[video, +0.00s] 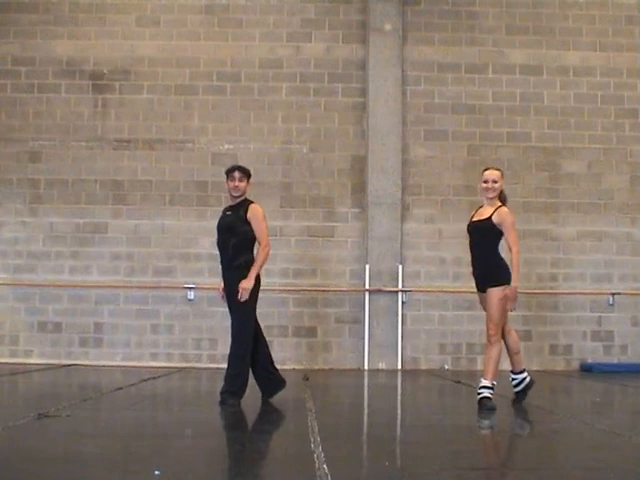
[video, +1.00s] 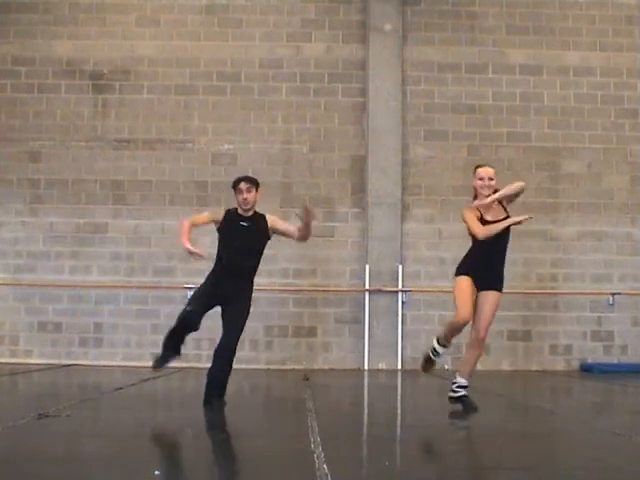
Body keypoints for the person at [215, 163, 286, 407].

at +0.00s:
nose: (236, 184)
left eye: (241, 180)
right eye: (232, 180)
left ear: (248, 184)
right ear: (226, 183)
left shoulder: (253, 210)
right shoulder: (228, 211)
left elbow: (265, 247)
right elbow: (230, 250)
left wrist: (250, 278)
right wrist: (225, 280)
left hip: (246, 279)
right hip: (230, 279)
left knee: (240, 335)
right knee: (249, 332)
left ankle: (232, 392)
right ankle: (271, 381)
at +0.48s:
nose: (236, 192)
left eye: (241, 188)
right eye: (232, 188)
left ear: (248, 191)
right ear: (226, 191)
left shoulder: (252, 217)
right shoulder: (226, 219)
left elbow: (260, 243)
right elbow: (221, 254)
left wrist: (232, 253)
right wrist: (215, 286)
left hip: (251, 286)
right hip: (237, 286)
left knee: (230, 335)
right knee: (258, 337)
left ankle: (228, 394)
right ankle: (279, 386)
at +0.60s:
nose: (244, 189)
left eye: (249, 185)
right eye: (240, 184)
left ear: (256, 190)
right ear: (234, 187)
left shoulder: (257, 222)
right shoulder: (222, 210)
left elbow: (267, 259)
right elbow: (196, 224)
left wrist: (277, 289)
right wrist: (173, 237)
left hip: (243, 284)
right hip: (224, 283)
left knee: (227, 333)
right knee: (241, 332)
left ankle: (226, 394)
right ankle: (271, 376)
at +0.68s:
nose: (247, 191)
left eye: (253, 187)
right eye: (244, 185)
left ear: (260, 192)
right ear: (237, 187)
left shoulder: (259, 226)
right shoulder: (222, 201)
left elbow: (264, 265)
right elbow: (196, 184)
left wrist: (273, 299)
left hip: (237, 282)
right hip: (217, 278)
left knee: (227, 333)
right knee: (221, 330)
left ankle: (226, 395)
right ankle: (261, 352)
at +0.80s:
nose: (246, 194)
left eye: (251, 190)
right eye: (242, 189)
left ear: (259, 194)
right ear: (236, 192)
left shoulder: (260, 229)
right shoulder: (225, 202)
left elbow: (262, 266)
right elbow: (208, 167)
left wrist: (267, 295)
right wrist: (192, 139)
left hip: (236, 286)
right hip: (213, 280)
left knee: (229, 341)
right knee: (197, 328)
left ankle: (214, 395)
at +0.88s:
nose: (247, 195)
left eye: (251, 190)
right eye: (242, 191)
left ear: (259, 195)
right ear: (236, 195)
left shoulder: (262, 229)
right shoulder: (225, 208)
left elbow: (280, 265)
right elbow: (197, 179)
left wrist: (303, 291)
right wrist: (169, 161)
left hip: (238, 292)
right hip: (212, 286)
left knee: (229, 346)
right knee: (176, 326)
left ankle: (212, 394)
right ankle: (186, 294)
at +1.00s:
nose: (244, 196)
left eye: (249, 191)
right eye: (240, 192)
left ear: (257, 194)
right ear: (235, 196)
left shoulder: (267, 222)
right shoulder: (223, 216)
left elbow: (300, 236)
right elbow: (187, 222)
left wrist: (307, 223)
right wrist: (187, 244)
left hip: (241, 292)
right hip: (215, 284)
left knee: (228, 346)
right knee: (189, 317)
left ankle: (213, 398)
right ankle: (169, 351)